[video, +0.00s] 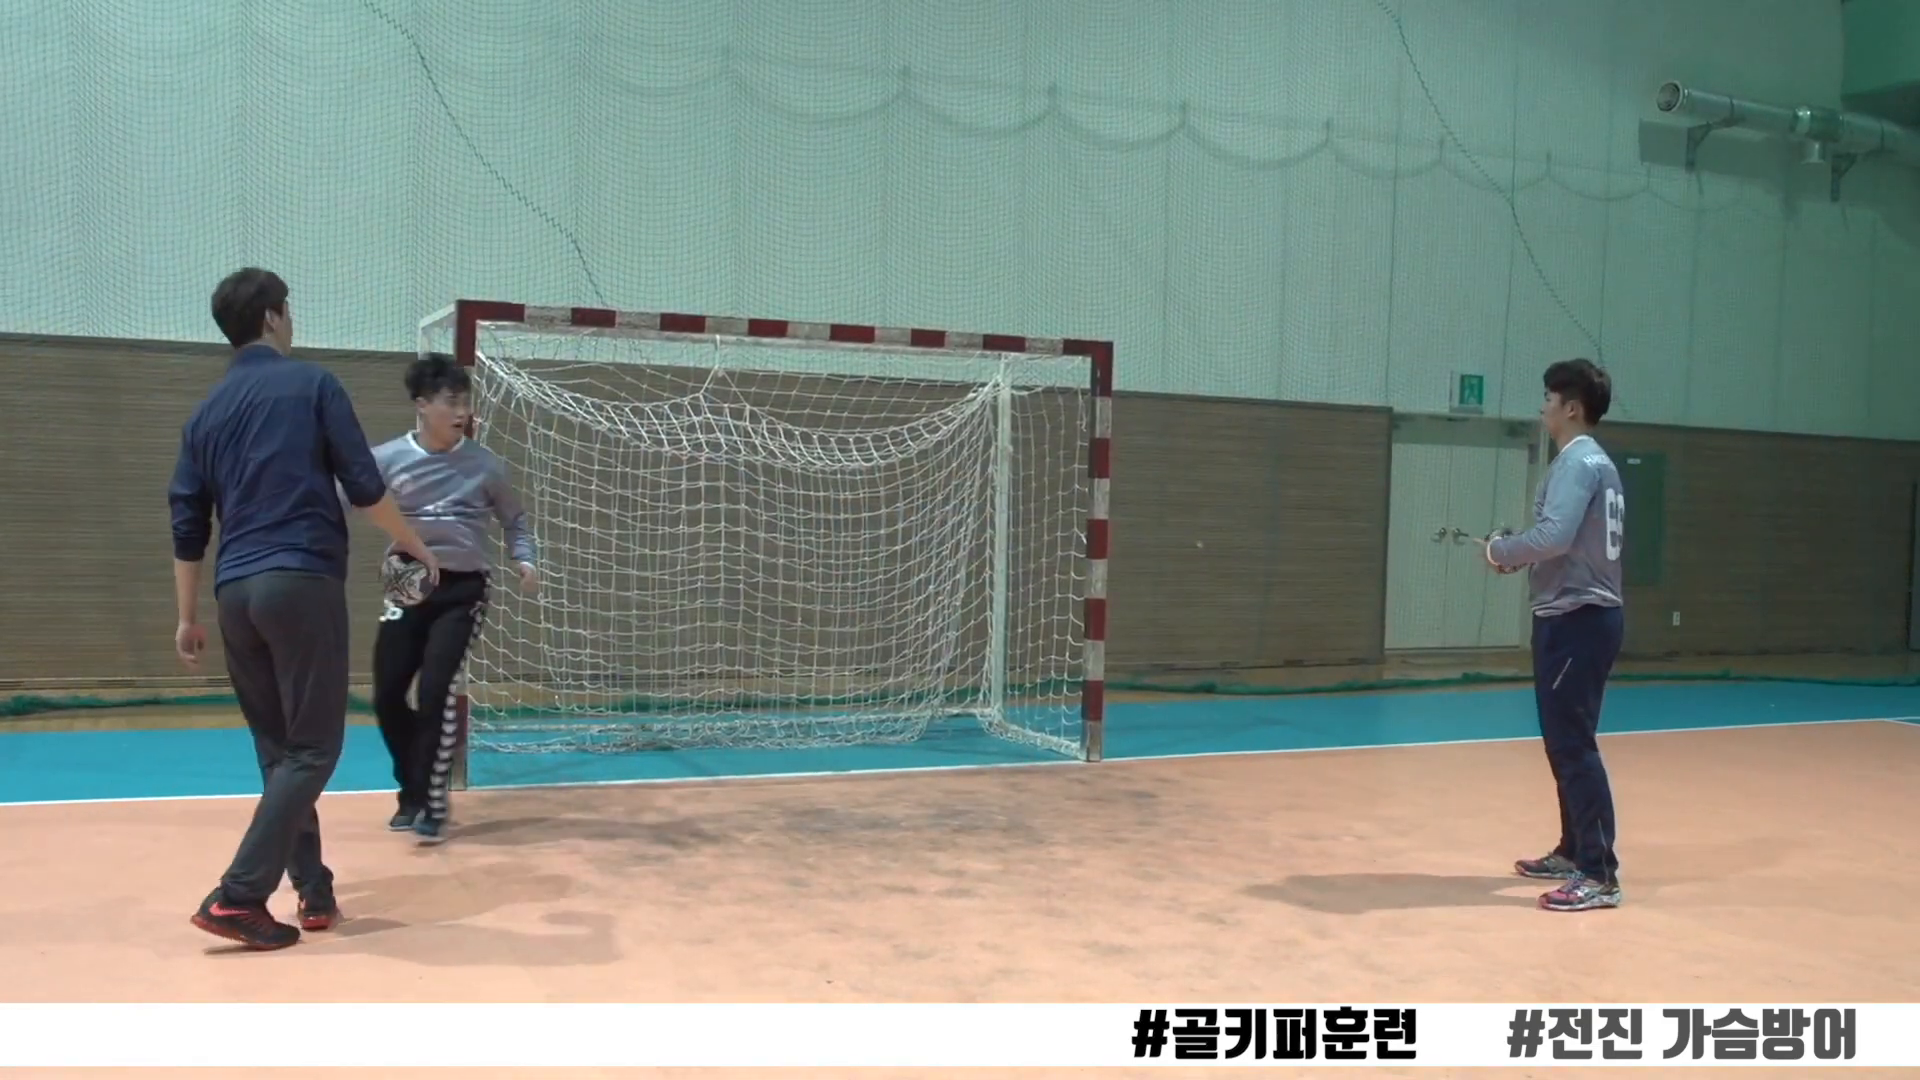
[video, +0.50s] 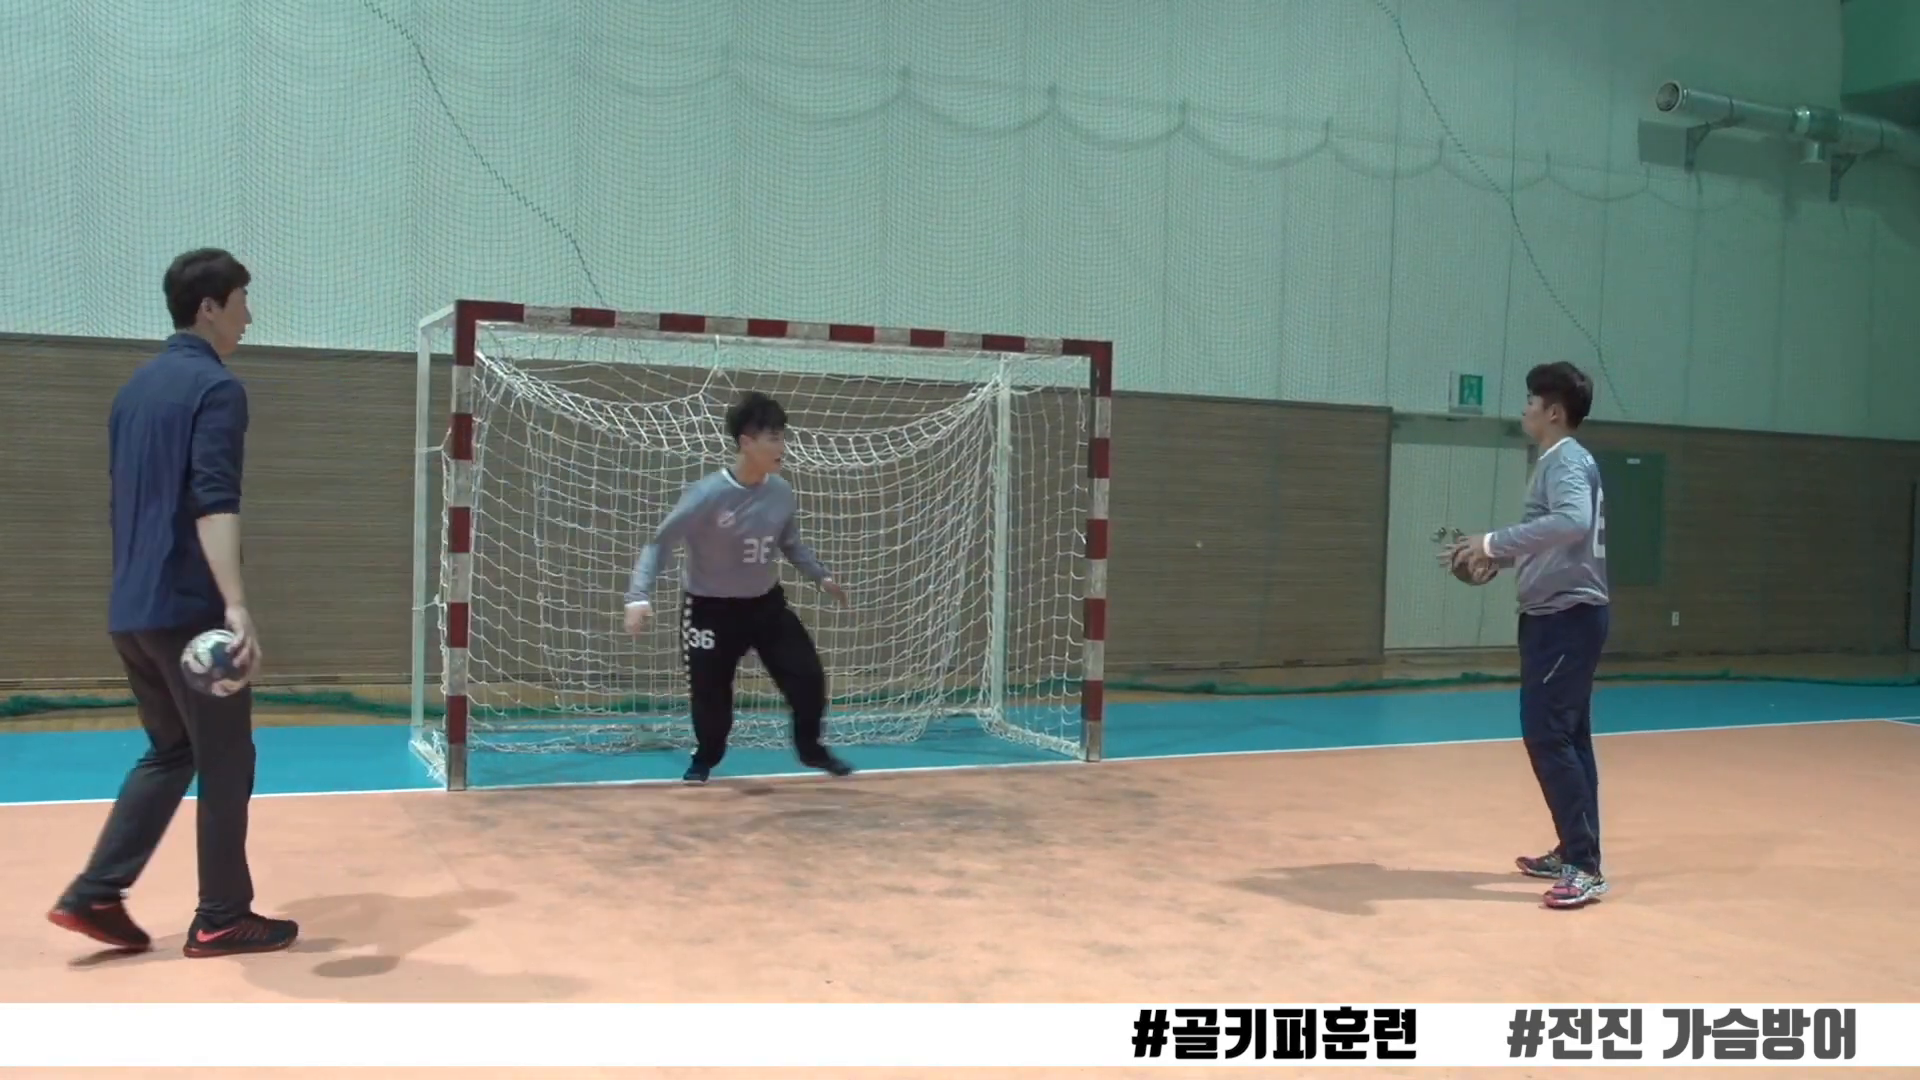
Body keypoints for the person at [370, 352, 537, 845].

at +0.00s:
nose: (462, 410)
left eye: (465, 400)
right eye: (451, 401)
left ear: (470, 404)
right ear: (420, 406)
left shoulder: (485, 467)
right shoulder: (386, 460)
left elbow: (516, 521)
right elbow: (338, 497)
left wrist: (525, 559)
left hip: (462, 590)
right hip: (407, 590)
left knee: (433, 692)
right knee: (387, 696)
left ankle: (432, 804)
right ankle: (412, 793)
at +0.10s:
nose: (515, 429)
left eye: (517, 420)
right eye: (503, 420)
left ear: (519, 426)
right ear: (473, 425)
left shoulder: (534, 485)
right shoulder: (443, 487)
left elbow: (566, 531)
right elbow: (394, 535)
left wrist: (601, 550)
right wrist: (351, 561)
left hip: (517, 612)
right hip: (461, 608)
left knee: (520, 699)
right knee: (429, 701)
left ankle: (565, 779)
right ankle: (429, 802)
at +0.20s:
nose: (578, 426)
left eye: (579, 417)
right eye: (567, 418)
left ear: (581, 422)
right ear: (539, 424)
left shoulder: (603, 482)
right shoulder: (510, 487)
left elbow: (636, 509)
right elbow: (467, 532)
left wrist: (674, 503)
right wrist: (418, 543)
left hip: (580, 617)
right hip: (521, 614)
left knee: (609, 709)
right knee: (465, 703)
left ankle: (639, 777)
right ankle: (428, 799)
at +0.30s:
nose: (646, 423)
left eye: (647, 413)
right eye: (635, 415)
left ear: (649, 416)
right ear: (609, 420)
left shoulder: (666, 469)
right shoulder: (582, 478)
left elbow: (696, 488)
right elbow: (528, 513)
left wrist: (720, 491)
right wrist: (484, 537)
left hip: (650, 601)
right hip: (595, 600)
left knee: (658, 695)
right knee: (555, 688)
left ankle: (642, 776)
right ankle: (528, 783)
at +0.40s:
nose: (716, 422)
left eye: (718, 413)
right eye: (706, 414)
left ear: (718, 417)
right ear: (680, 418)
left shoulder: (725, 471)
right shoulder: (645, 476)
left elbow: (747, 506)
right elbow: (591, 523)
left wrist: (775, 529)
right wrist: (554, 569)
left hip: (710, 591)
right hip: (658, 592)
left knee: (731, 676)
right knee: (646, 673)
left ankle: (694, 750)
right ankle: (651, 749)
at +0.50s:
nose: (781, 447)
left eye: (782, 438)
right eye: (772, 438)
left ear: (784, 441)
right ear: (745, 442)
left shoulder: (782, 493)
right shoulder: (706, 496)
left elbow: (791, 543)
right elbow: (657, 545)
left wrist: (822, 576)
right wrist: (637, 597)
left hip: (766, 607)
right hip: (711, 612)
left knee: (808, 680)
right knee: (710, 701)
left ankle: (811, 749)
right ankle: (706, 759)